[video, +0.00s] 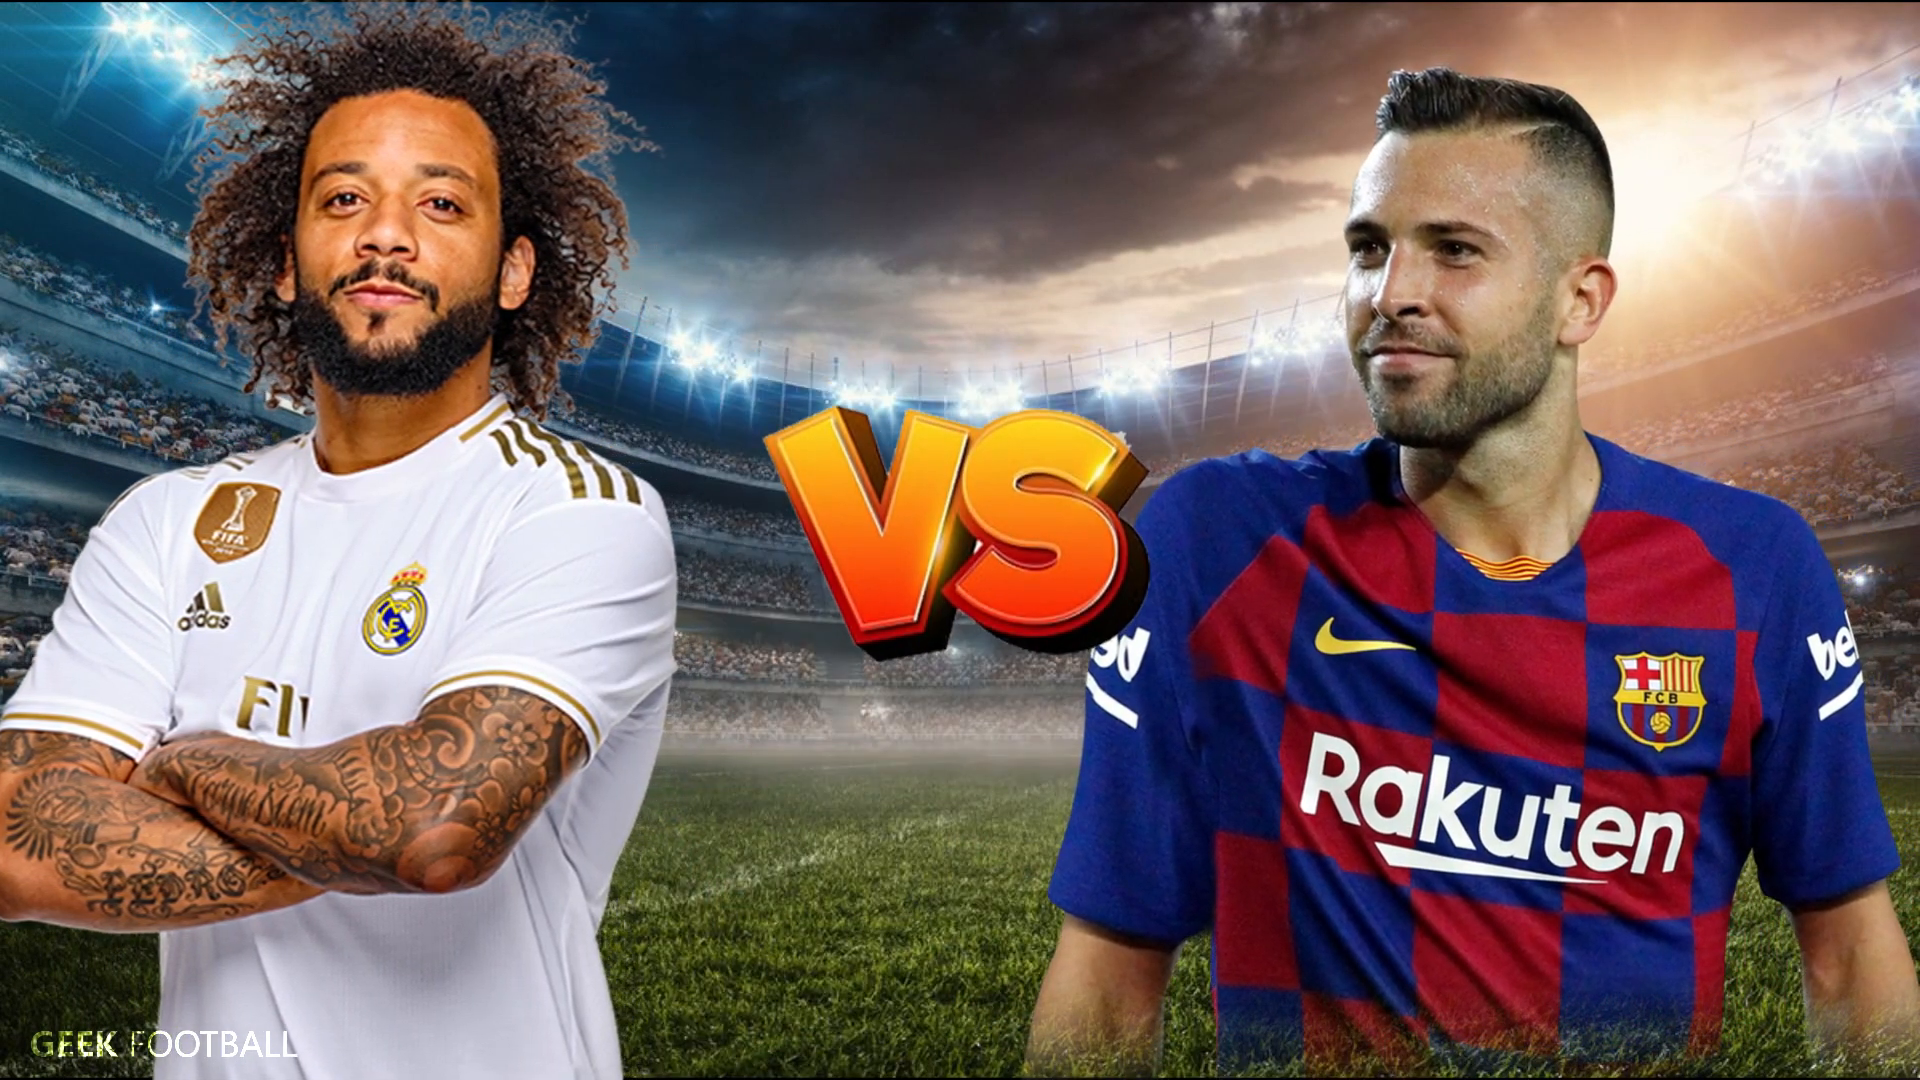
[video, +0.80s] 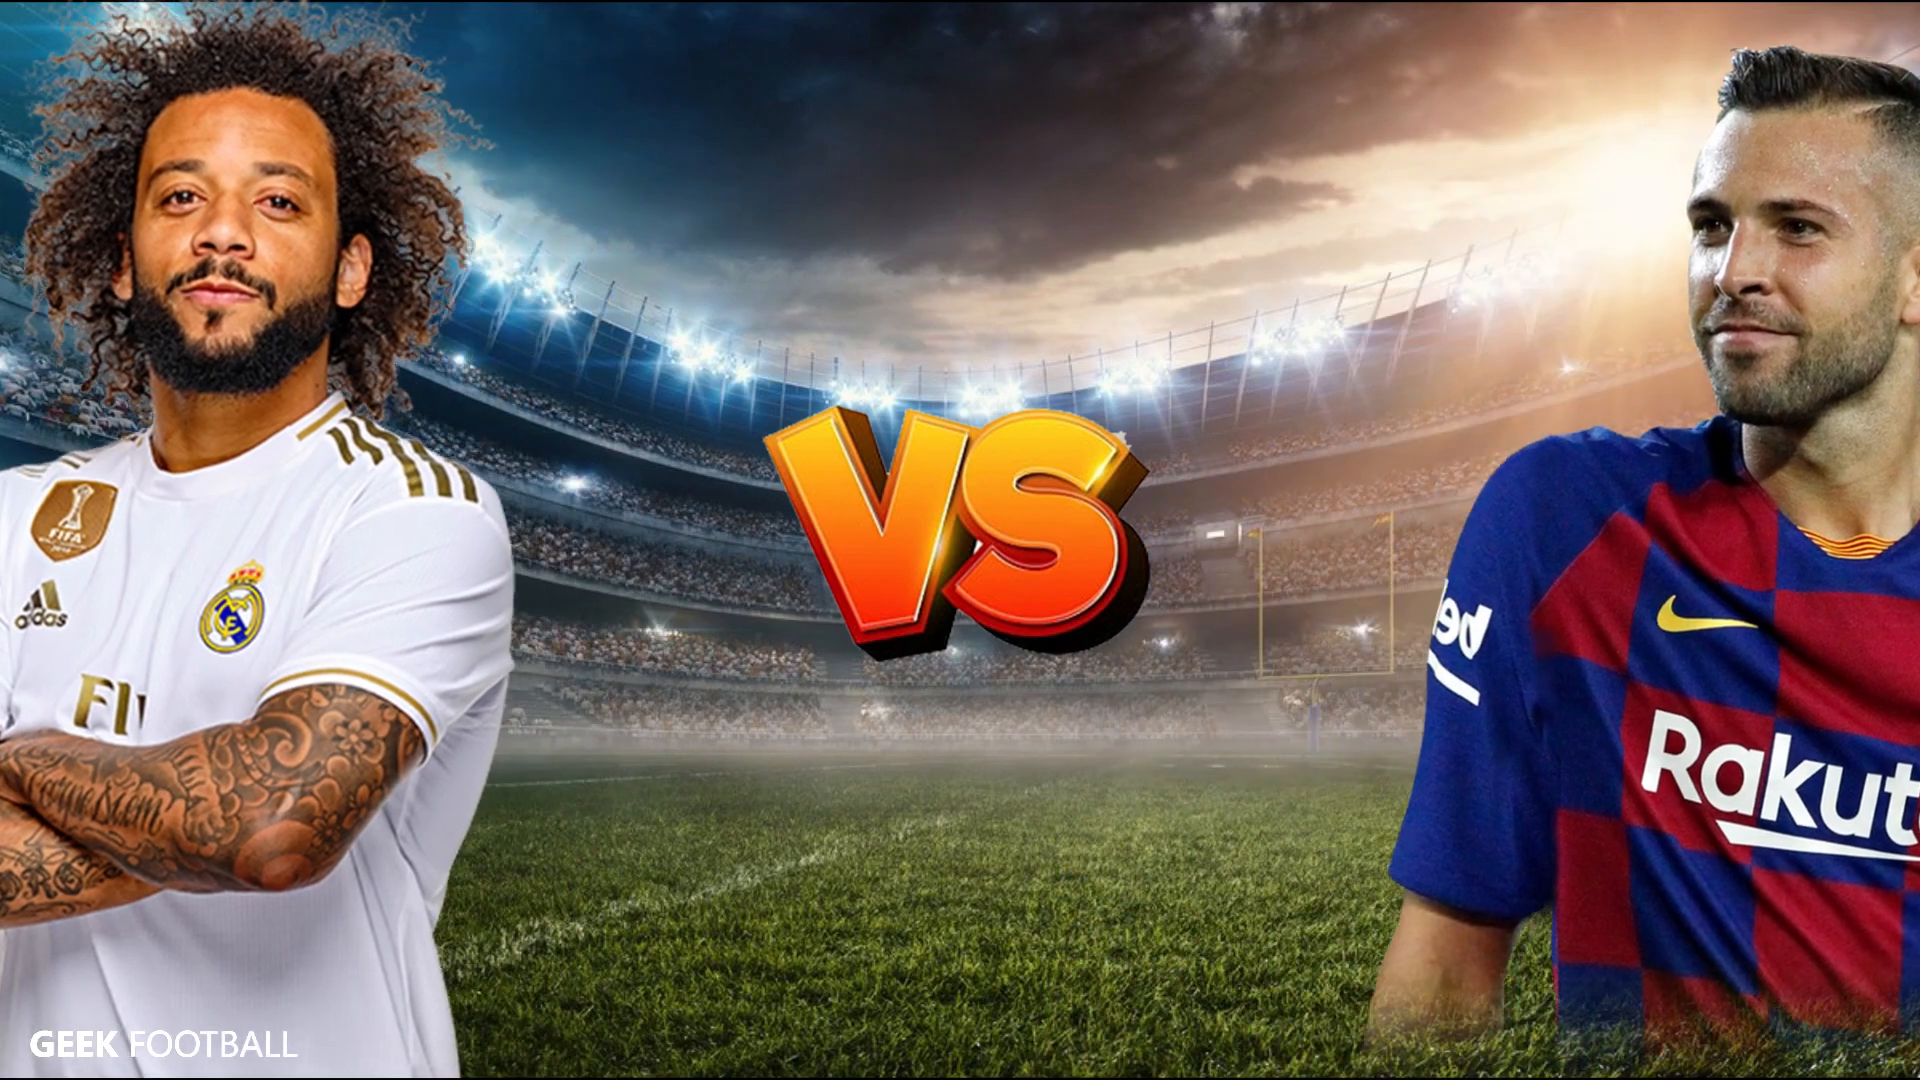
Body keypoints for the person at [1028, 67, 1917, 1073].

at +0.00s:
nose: (1388, 294)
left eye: (1454, 250)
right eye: (1368, 249)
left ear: (1580, 303)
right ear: (1345, 272)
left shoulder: (1757, 572)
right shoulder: (1206, 543)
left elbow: (1853, 954)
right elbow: (1108, 974)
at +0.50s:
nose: (1527, 289)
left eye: (1592, 242)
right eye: (1505, 243)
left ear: (1717, 295)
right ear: (1482, 267)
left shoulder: (1892, 563)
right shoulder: (1346, 530)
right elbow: (1242, 962)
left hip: (1768, 1060)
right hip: (1445, 1055)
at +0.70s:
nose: (1653, 280)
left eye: (1719, 234)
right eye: (1633, 234)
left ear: (1844, 285)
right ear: (1612, 255)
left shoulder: (1911, 540)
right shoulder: (1480, 522)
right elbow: (1369, 960)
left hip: (1881, 1046)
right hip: (1582, 1048)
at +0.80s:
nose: (1736, 274)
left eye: (1801, 229)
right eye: (1714, 229)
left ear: (1915, 280)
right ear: (1688, 253)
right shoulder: (1561, 516)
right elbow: (1448, 946)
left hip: (1891, 1043)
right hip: (1645, 1051)